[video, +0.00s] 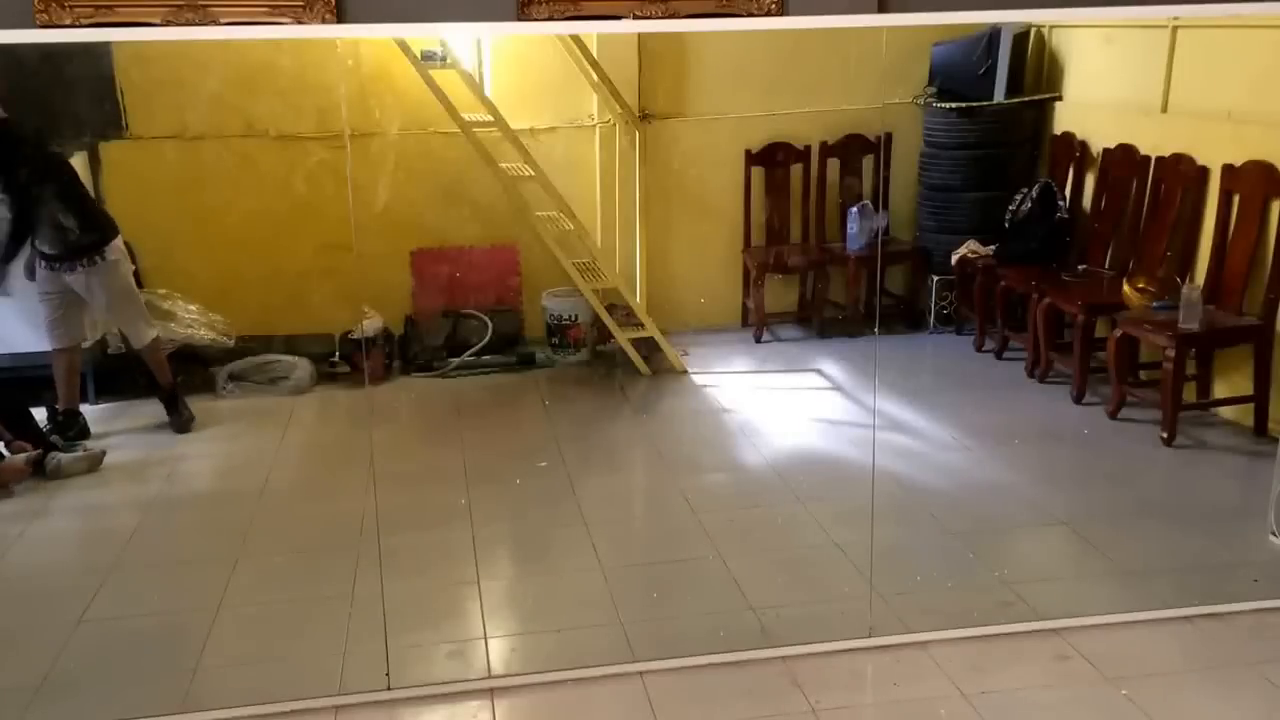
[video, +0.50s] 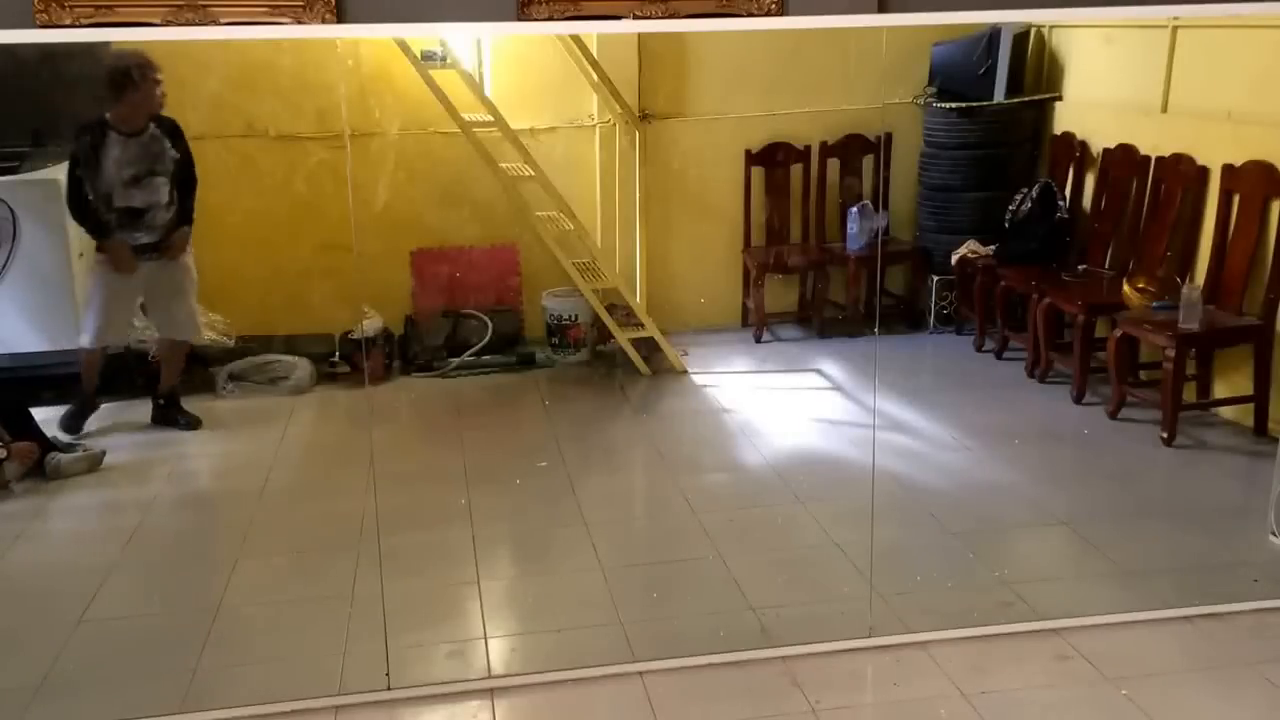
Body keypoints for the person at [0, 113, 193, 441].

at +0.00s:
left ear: (13, 143)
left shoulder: (41, 165)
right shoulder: (16, 170)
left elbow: (23, 220)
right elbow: (30, 216)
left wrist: (5, 261)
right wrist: (32, 253)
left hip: (96, 252)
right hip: (51, 258)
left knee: (138, 330)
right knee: (62, 341)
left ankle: (173, 401)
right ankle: (70, 420)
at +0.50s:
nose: (161, 90)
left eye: (160, 83)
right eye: (154, 84)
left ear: (140, 91)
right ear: (128, 91)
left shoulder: (168, 130)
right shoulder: (92, 138)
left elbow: (187, 179)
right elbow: (76, 198)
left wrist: (184, 225)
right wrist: (108, 239)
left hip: (168, 249)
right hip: (115, 253)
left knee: (179, 328)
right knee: (95, 334)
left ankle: (166, 404)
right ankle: (86, 399)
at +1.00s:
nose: (258, 125)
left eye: (259, 117)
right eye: (254, 117)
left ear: (234, 115)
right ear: (229, 115)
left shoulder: (237, 152)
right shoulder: (190, 148)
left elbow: (233, 210)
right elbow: (175, 213)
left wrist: (235, 256)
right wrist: (203, 263)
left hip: (216, 252)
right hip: (192, 254)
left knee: (203, 328)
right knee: (253, 318)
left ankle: (163, 403)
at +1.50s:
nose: (400, 179)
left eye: (406, 173)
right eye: (401, 170)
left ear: (384, 147)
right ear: (387, 152)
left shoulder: (348, 159)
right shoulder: (345, 168)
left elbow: (335, 228)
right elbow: (341, 235)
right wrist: (353, 294)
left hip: (305, 244)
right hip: (295, 246)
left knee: (324, 316)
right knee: (323, 320)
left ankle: (279, 371)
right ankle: (330, 393)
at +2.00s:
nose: (503, 151)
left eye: (506, 144)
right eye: (502, 142)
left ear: (480, 134)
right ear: (482, 135)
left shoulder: (458, 157)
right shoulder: (442, 160)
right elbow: (445, 226)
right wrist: (483, 255)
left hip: (434, 249)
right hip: (404, 253)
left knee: (457, 318)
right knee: (422, 329)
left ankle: (455, 387)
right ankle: (365, 362)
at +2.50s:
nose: (556, 92)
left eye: (557, 83)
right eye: (545, 86)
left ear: (559, 86)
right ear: (523, 92)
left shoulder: (551, 132)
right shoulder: (509, 142)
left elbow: (547, 187)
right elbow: (499, 214)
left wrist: (554, 229)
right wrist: (533, 245)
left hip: (531, 247)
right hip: (510, 251)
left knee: (494, 316)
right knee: (545, 320)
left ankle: (461, 379)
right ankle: (582, 384)